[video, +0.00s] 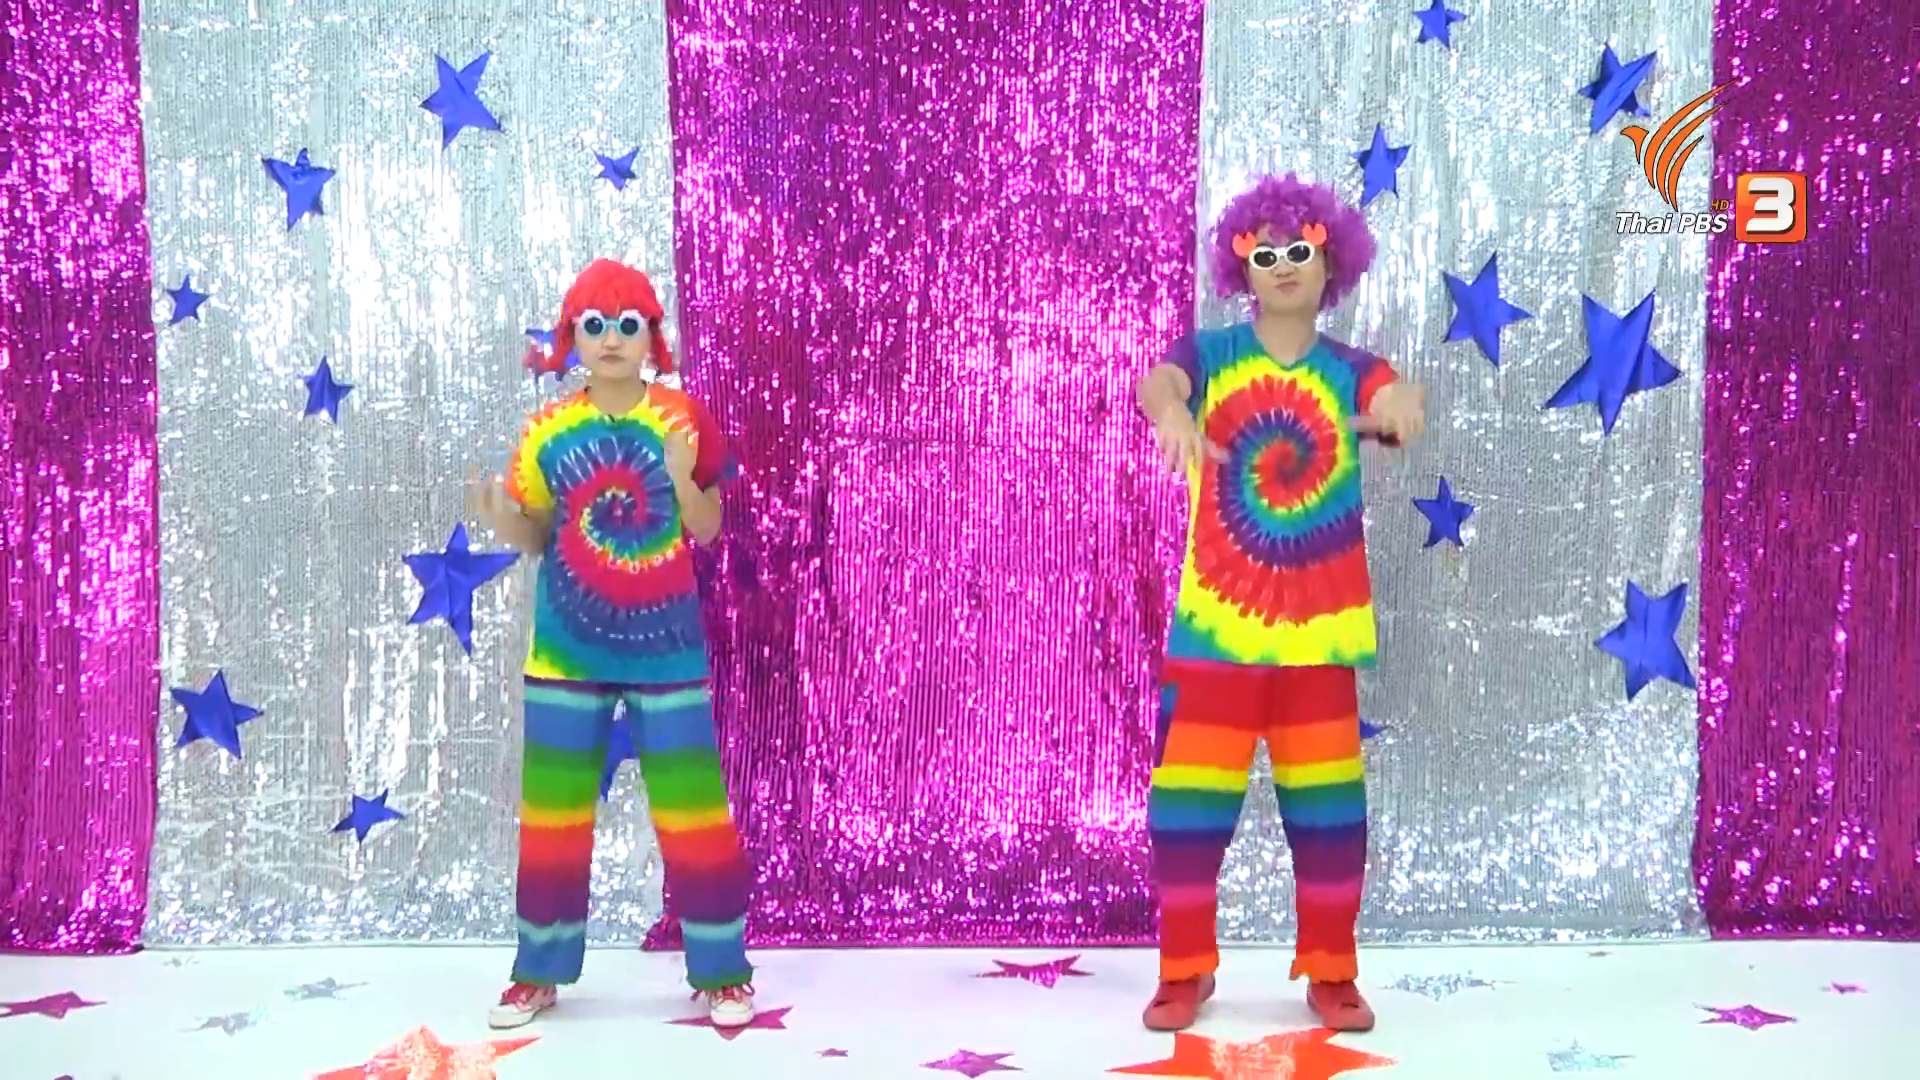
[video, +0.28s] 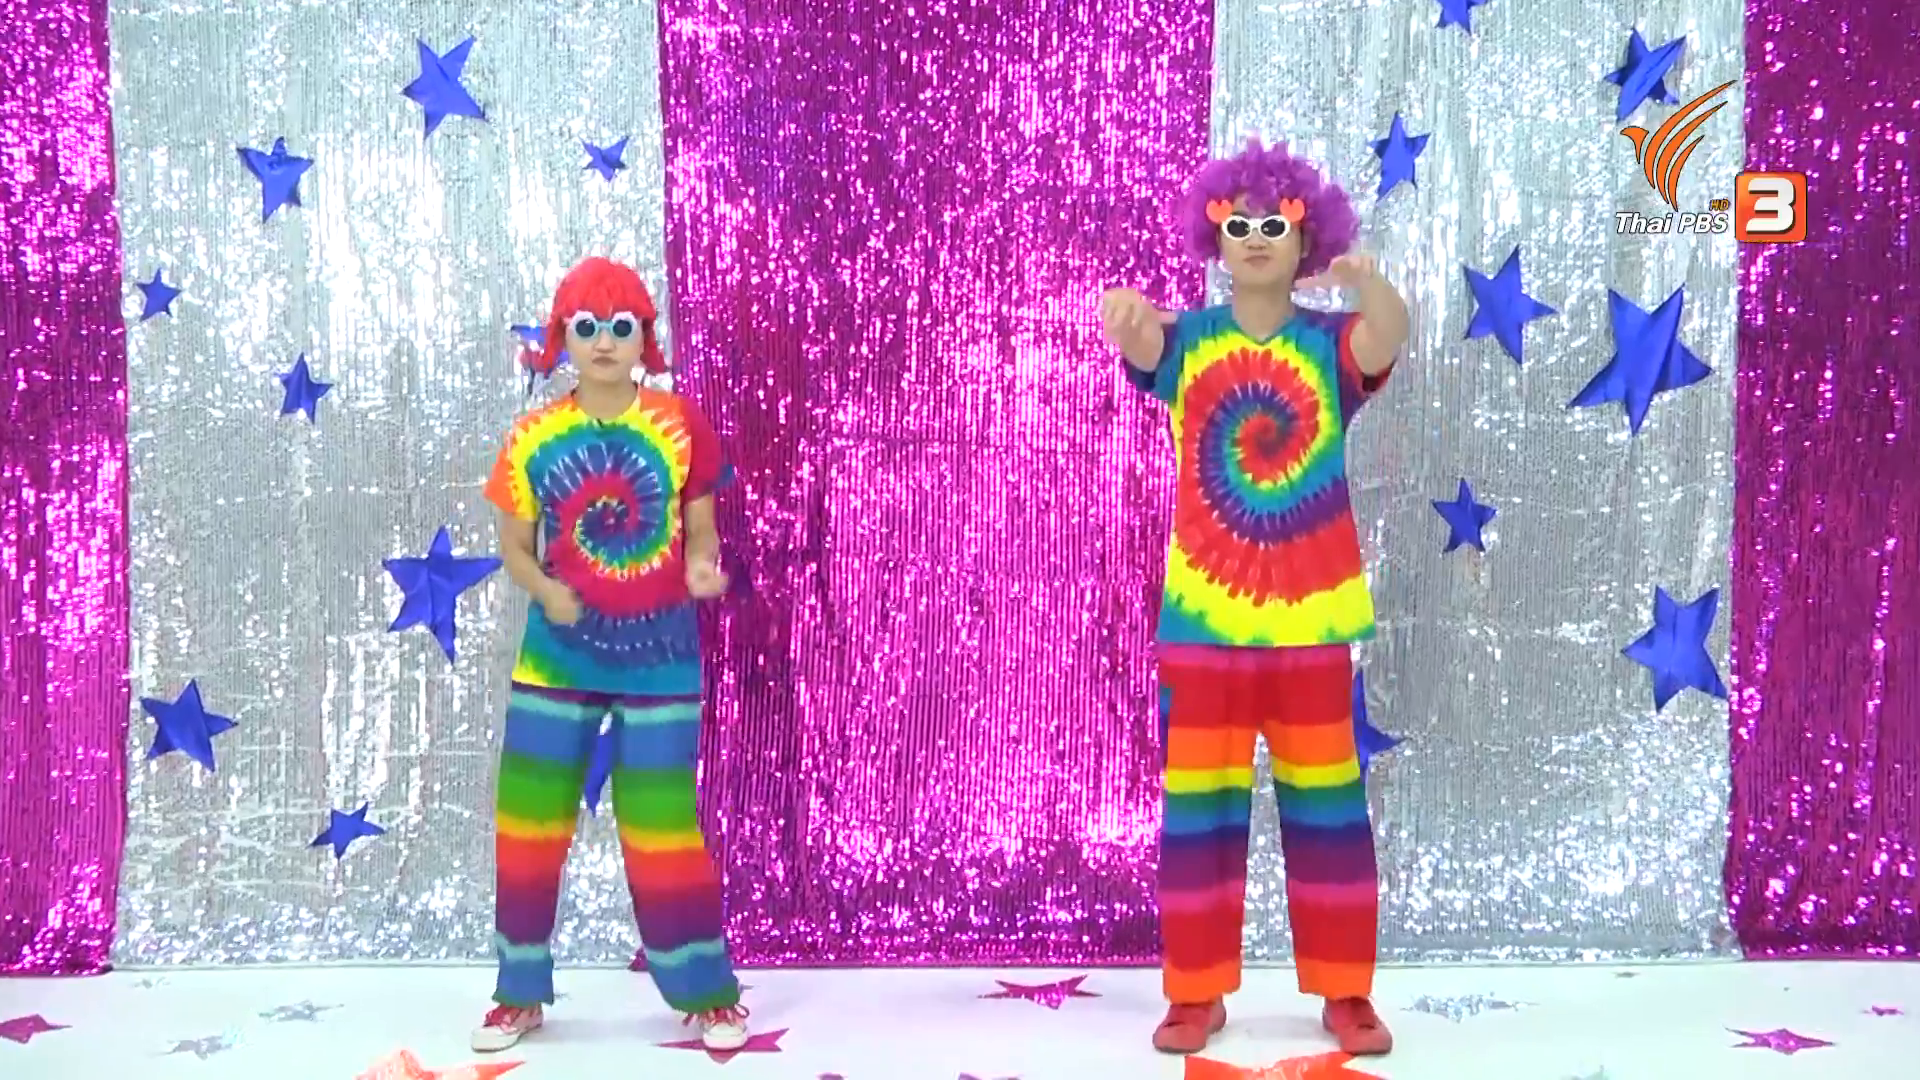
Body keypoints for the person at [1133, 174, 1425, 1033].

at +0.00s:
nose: (1284, 264)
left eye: (1301, 249)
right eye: (1266, 251)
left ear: (1329, 271)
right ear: (1243, 273)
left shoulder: (1352, 368)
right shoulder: (1210, 351)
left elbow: (1387, 404)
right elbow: (1160, 384)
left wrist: (1402, 400)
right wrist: (1171, 411)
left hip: (1320, 632)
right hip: (1215, 630)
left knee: (1329, 808)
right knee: (1189, 805)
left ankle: (1332, 974)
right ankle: (1184, 971)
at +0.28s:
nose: (1255, 239)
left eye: (1274, 225)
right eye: (1238, 226)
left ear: (1303, 249)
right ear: (1217, 246)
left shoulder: (1331, 349)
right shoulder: (1186, 341)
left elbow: (1387, 332)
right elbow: (1138, 335)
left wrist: (1368, 281)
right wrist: (1123, 307)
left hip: (1313, 613)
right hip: (1204, 614)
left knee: (1328, 802)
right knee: (1199, 803)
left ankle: (1347, 992)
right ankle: (1194, 994)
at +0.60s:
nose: (1223, 272)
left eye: (1243, 256)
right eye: (1203, 256)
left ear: (1273, 271)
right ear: (1179, 276)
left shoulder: (1320, 363)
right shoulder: (1158, 382)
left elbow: (1373, 387)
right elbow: (1107, 429)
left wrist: (1370, 412)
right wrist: (1107, 457)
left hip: (1320, 661)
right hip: (1204, 667)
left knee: (1353, 847)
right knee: (1197, 855)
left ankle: (1376, 1028)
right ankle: (1210, 1032)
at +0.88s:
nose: (1289, 240)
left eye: (1309, 223)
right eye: (1269, 223)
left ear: (1337, 246)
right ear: (1242, 247)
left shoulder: (1371, 343)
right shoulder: (1213, 351)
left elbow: (1453, 360)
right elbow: (1142, 349)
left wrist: (1464, 298)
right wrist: (1182, 306)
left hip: (1355, 643)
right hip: (1241, 648)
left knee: (1369, 859)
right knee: (1238, 862)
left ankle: (1387, 1057)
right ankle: (1230, 1059)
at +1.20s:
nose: (1374, 277)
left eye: (1393, 257)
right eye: (1352, 258)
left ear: (1423, 278)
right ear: (1319, 278)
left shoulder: (1459, 397)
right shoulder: (1270, 380)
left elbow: (1522, 464)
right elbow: (1230, 453)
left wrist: (1530, 493)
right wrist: (1294, 494)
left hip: (1414, 733)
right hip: (1286, 730)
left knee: (1428, 962)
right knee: (1247, 958)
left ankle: (1414, 1072)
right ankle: (1246, 1072)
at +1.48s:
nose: (1350, 265)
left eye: (1371, 245)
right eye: (1327, 247)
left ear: (1403, 267)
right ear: (1295, 270)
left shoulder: (1435, 387)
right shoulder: (1257, 377)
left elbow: (1526, 415)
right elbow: (1182, 409)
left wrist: (1498, 352)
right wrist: (1174, 396)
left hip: (1414, 727)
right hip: (1284, 729)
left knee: (1426, 964)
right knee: (1268, 968)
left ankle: (1432, 1079)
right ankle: (1259, 1078)